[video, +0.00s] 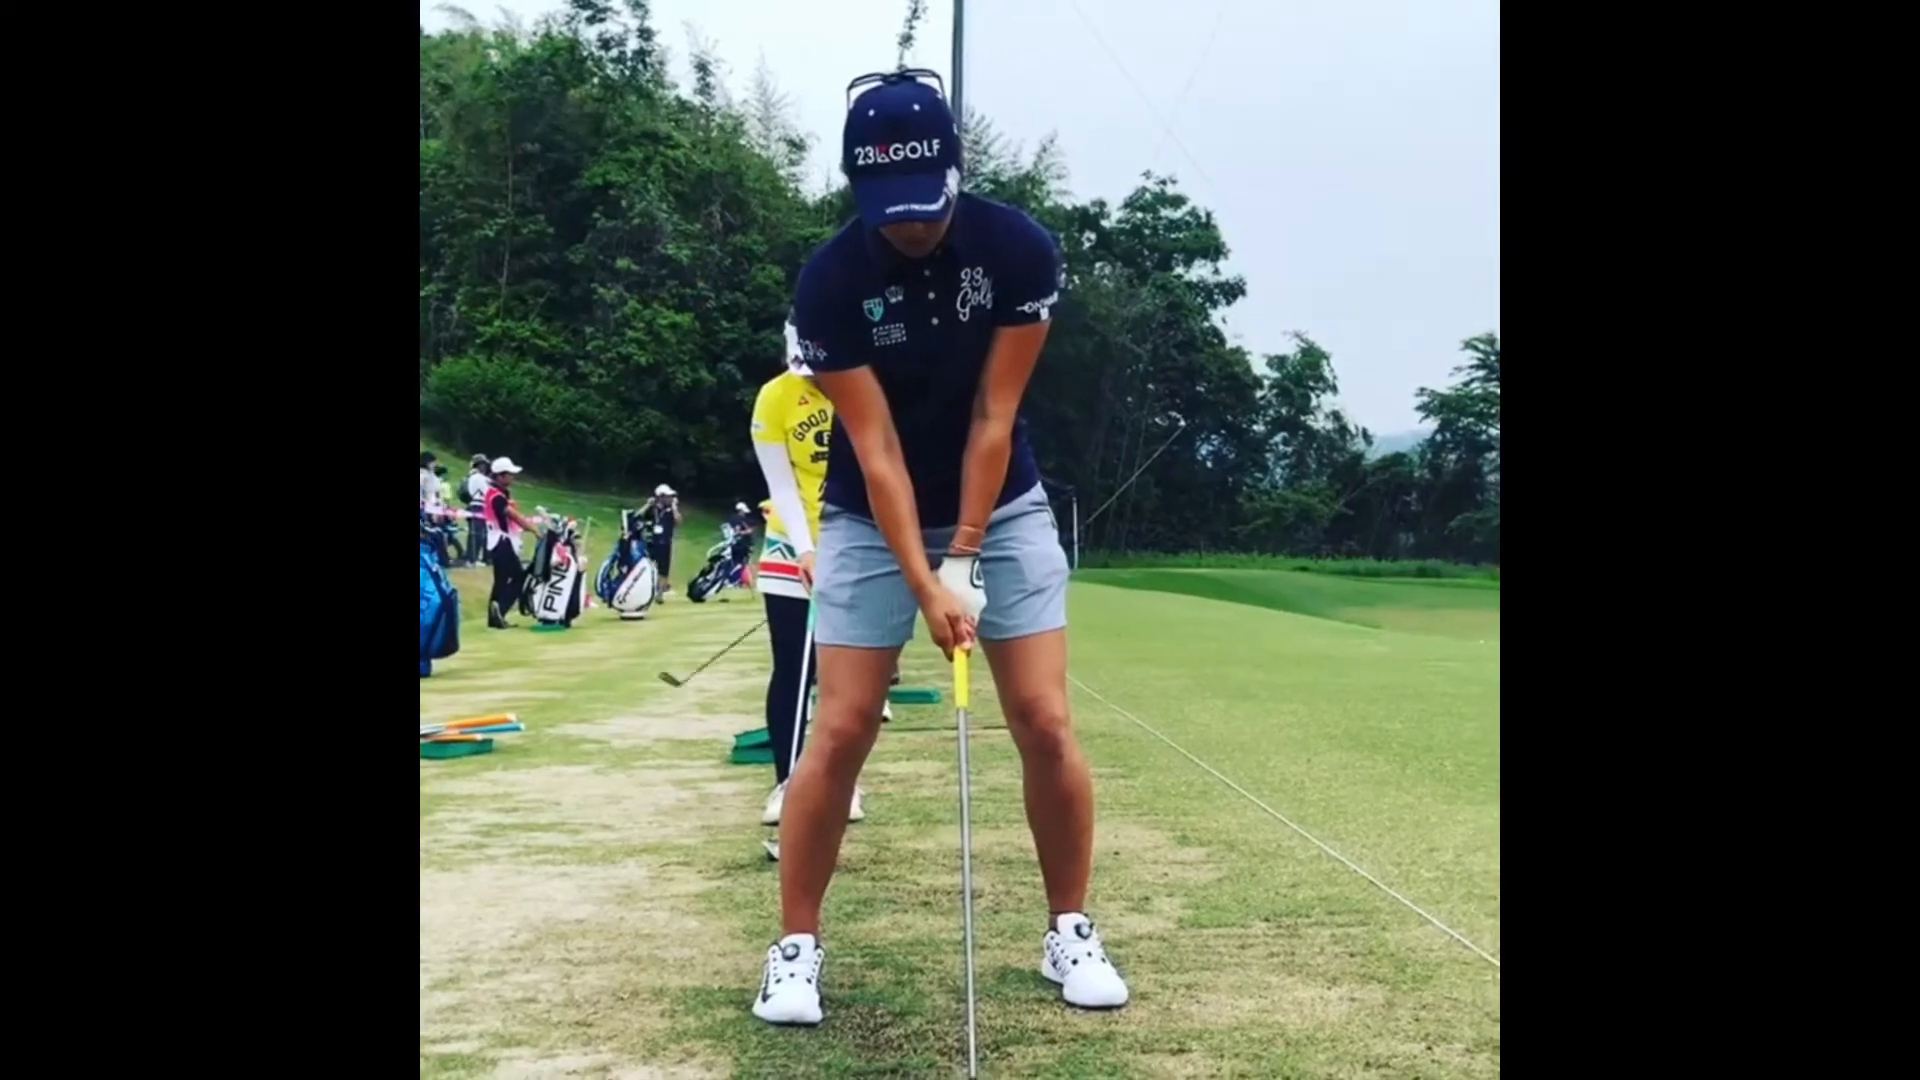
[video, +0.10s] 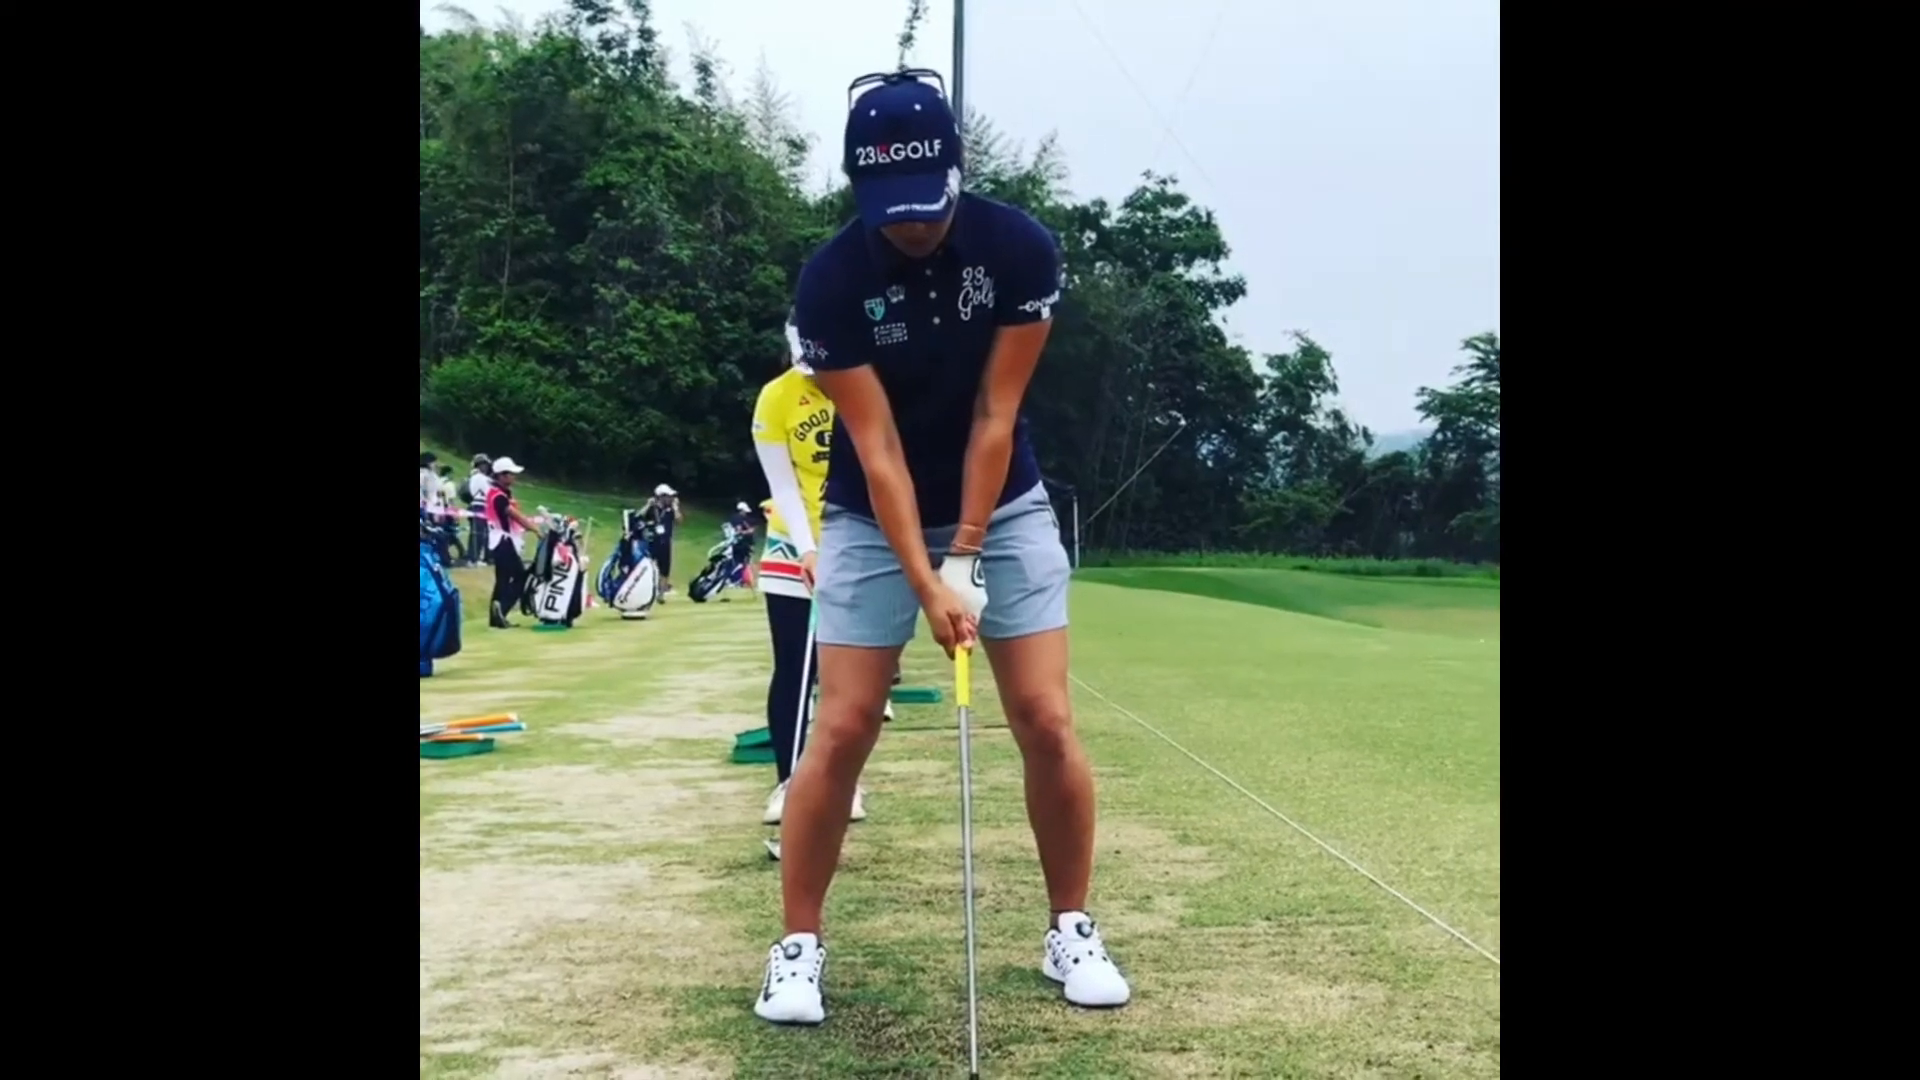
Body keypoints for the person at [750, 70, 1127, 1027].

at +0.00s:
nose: (913, 221)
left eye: (929, 200)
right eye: (893, 204)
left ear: (956, 170)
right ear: (861, 183)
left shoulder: (1017, 250)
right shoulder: (828, 283)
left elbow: (995, 415)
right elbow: (876, 452)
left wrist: (965, 555)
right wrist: (924, 582)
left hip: (1000, 504)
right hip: (869, 512)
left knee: (1046, 724)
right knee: (843, 727)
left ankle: (1071, 931)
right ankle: (796, 945)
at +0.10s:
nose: (915, 221)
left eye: (930, 200)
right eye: (894, 204)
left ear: (958, 171)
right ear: (862, 183)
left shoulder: (1018, 250)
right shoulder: (829, 284)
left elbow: (997, 414)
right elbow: (877, 451)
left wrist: (966, 554)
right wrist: (926, 581)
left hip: (1002, 503)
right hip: (871, 511)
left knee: (1047, 722)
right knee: (844, 727)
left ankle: (1072, 930)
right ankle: (799, 943)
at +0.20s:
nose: (918, 221)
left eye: (933, 200)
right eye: (897, 205)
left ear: (960, 171)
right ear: (865, 183)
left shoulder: (1020, 250)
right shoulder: (831, 284)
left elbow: (999, 415)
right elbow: (880, 452)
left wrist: (968, 554)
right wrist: (928, 581)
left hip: (1004, 502)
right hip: (873, 510)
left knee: (1049, 723)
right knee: (847, 726)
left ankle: (1075, 930)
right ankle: (801, 943)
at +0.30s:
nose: (922, 223)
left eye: (937, 202)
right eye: (901, 206)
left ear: (963, 171)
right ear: (868, 184)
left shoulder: (1023, 250)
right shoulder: (834, 284)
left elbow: (1003, 416)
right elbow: (883, 453)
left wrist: (972, 555)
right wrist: (932, 582)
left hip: (1007, 504)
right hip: (876, 512)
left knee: (1052, 723)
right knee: (850, 727)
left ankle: (1078, 931)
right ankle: (804, 944)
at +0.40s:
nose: (925, 226)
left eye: (940, 204)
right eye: (905, 209)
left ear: (967, 174)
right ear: (872, 186)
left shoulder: (1026, 251)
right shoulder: (837, 286)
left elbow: (1006, 416)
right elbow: (887, 455)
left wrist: (976, 556)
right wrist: (935, 583)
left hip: (1010, 505)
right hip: (879, 514)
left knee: (1055, 724)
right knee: (852, 728)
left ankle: (1081, 931)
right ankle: (807, 945)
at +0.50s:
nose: (928, 228)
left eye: (943, 207)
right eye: (908, 211)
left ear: (970, 176)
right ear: (875, 188)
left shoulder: (1029, 253)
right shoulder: (841, 286)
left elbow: (1009, 417)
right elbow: (891, 456)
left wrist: (980, 558)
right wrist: (939, 585)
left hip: (1012, 505)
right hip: (882, 513)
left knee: (1058, 725)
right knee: (855, 729)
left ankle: (1083, 933)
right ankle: (809, 946)